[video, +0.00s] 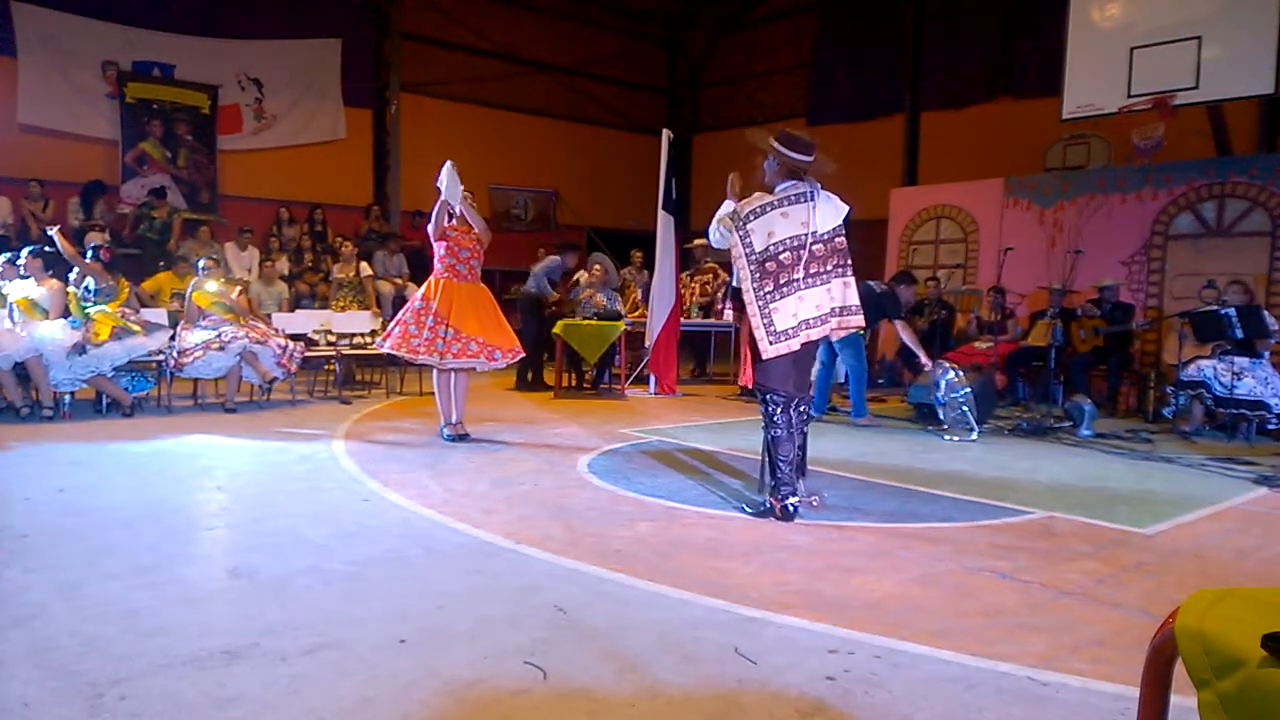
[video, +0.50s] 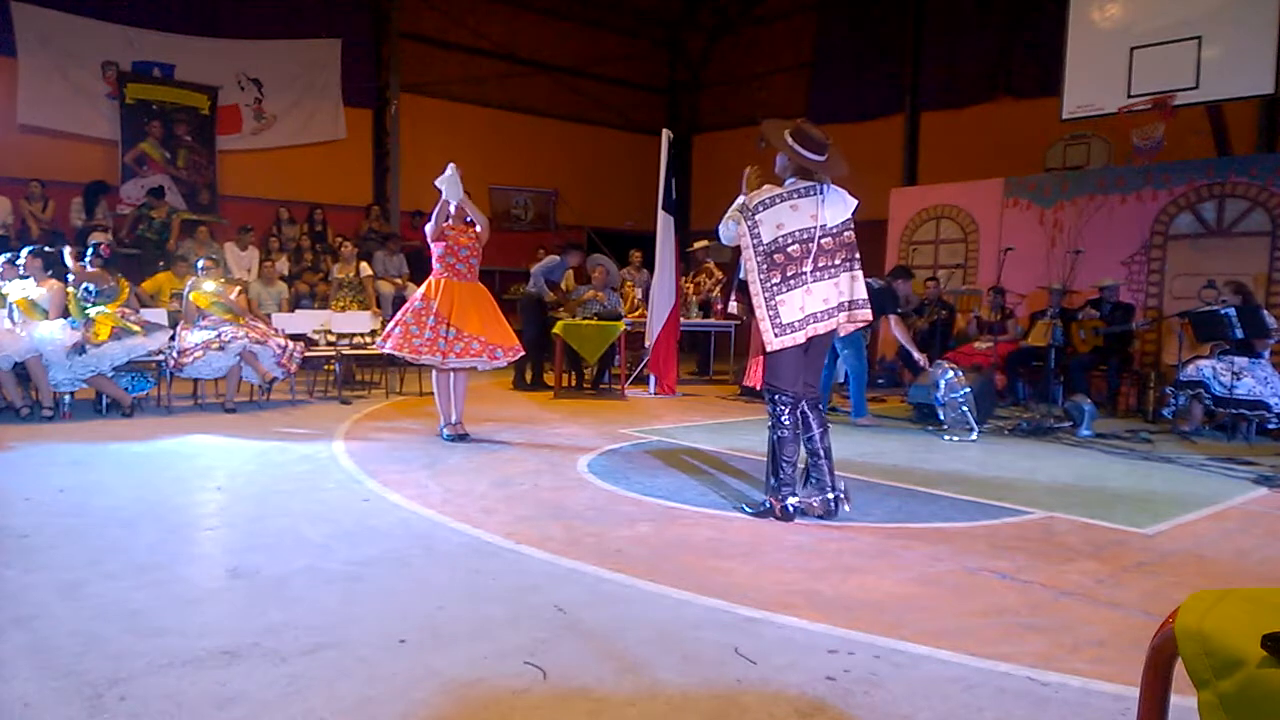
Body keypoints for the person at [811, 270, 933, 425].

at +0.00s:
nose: (913, 298)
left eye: (914, 293)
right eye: (912, 293)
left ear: (897, 285)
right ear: (902, 288)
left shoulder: (875, 287)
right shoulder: (889, 297)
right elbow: (902, 328)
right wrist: (922, 355)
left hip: (826, 317)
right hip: (845, 324)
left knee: (825, 365)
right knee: (857, 367)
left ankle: (817, 408)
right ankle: (860, 414)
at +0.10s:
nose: (913, 299)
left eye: (914, 293)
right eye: (912, 293)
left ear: (897, 286)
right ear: (902, 288)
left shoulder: (876, 287)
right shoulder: (889, 297)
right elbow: (902, 328)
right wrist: (922, 355)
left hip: (827, 317)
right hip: (846, 324)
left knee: (825, 365)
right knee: (857, 368)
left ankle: (817, 408)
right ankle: (860, 414)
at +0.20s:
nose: (912, 297)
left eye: (913, 292)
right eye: (911, 291)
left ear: (896, 285)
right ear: (902, 287)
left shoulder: (876, 286)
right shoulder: (889, 296)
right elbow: (901, 328)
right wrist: (921, 355)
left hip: (829, 317)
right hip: (846, 325)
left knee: (825, 365)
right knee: (857, 368)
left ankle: (817, 407)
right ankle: (860, 414)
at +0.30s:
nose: (912, 297)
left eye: (913, 292)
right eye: (911, 292)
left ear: (897, 285)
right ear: (902, 287)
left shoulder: (876, 286)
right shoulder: (891, 296)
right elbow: (900, 328)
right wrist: (919, 355)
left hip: (827, 317)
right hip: (846, 324)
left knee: (826, 365)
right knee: (857, 367)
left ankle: (817, 407)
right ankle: (860, 414)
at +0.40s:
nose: (912, 294)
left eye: (912, 289)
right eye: (911, 288)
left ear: (895, 283)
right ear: (901, 284)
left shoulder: (874, 284)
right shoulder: (889, 294)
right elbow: (899, 327)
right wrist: (917, 354)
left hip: (828, 317)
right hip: (848, 324)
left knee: (826, 365)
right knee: (857, 368)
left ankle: (818, 408)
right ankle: (860, 414)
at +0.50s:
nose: (910, 289)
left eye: (911, 285)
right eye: (909, 284)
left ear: (891, 279)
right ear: (899, 282)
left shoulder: (870, 283)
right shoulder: (888, 293)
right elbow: (896, 325)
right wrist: (915, 352)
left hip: (831, 319)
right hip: (849, 326)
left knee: (827, 367)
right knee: (857, 369)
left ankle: (819, 406)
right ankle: (860, 414)